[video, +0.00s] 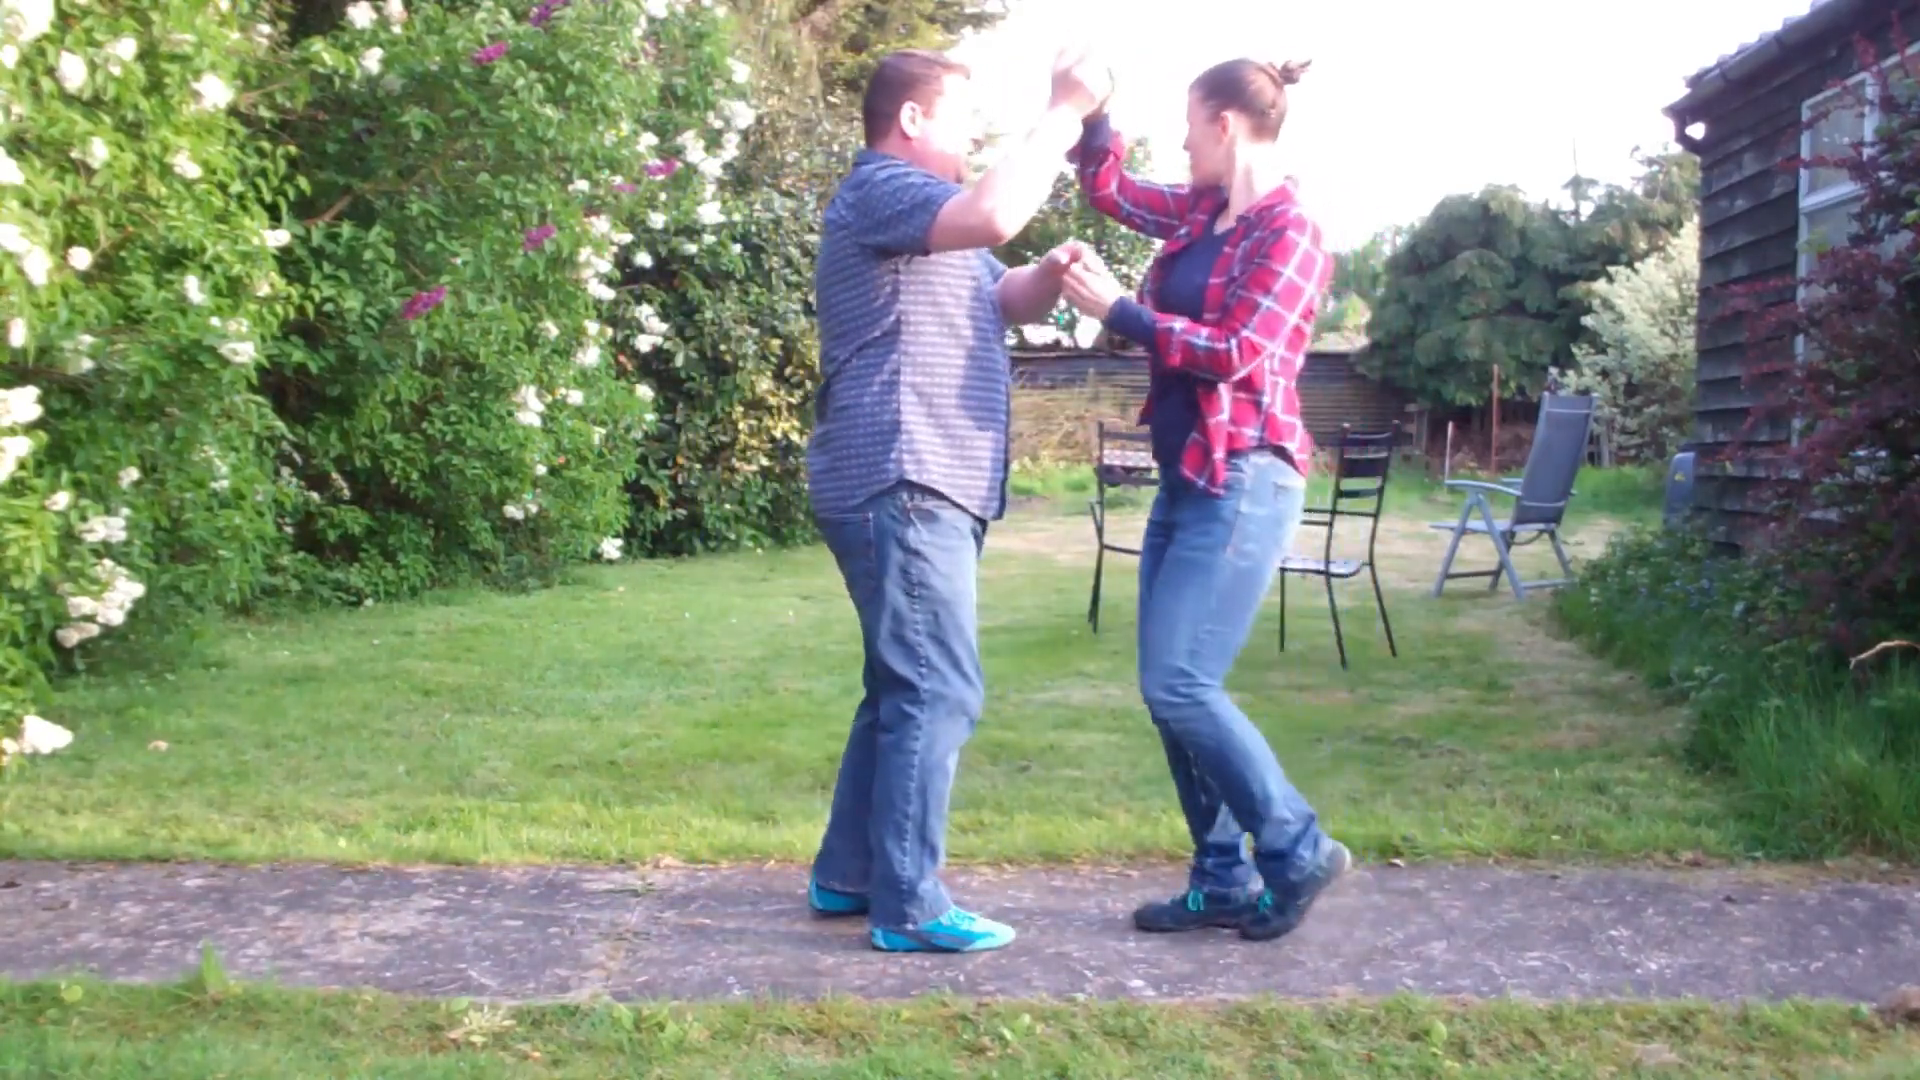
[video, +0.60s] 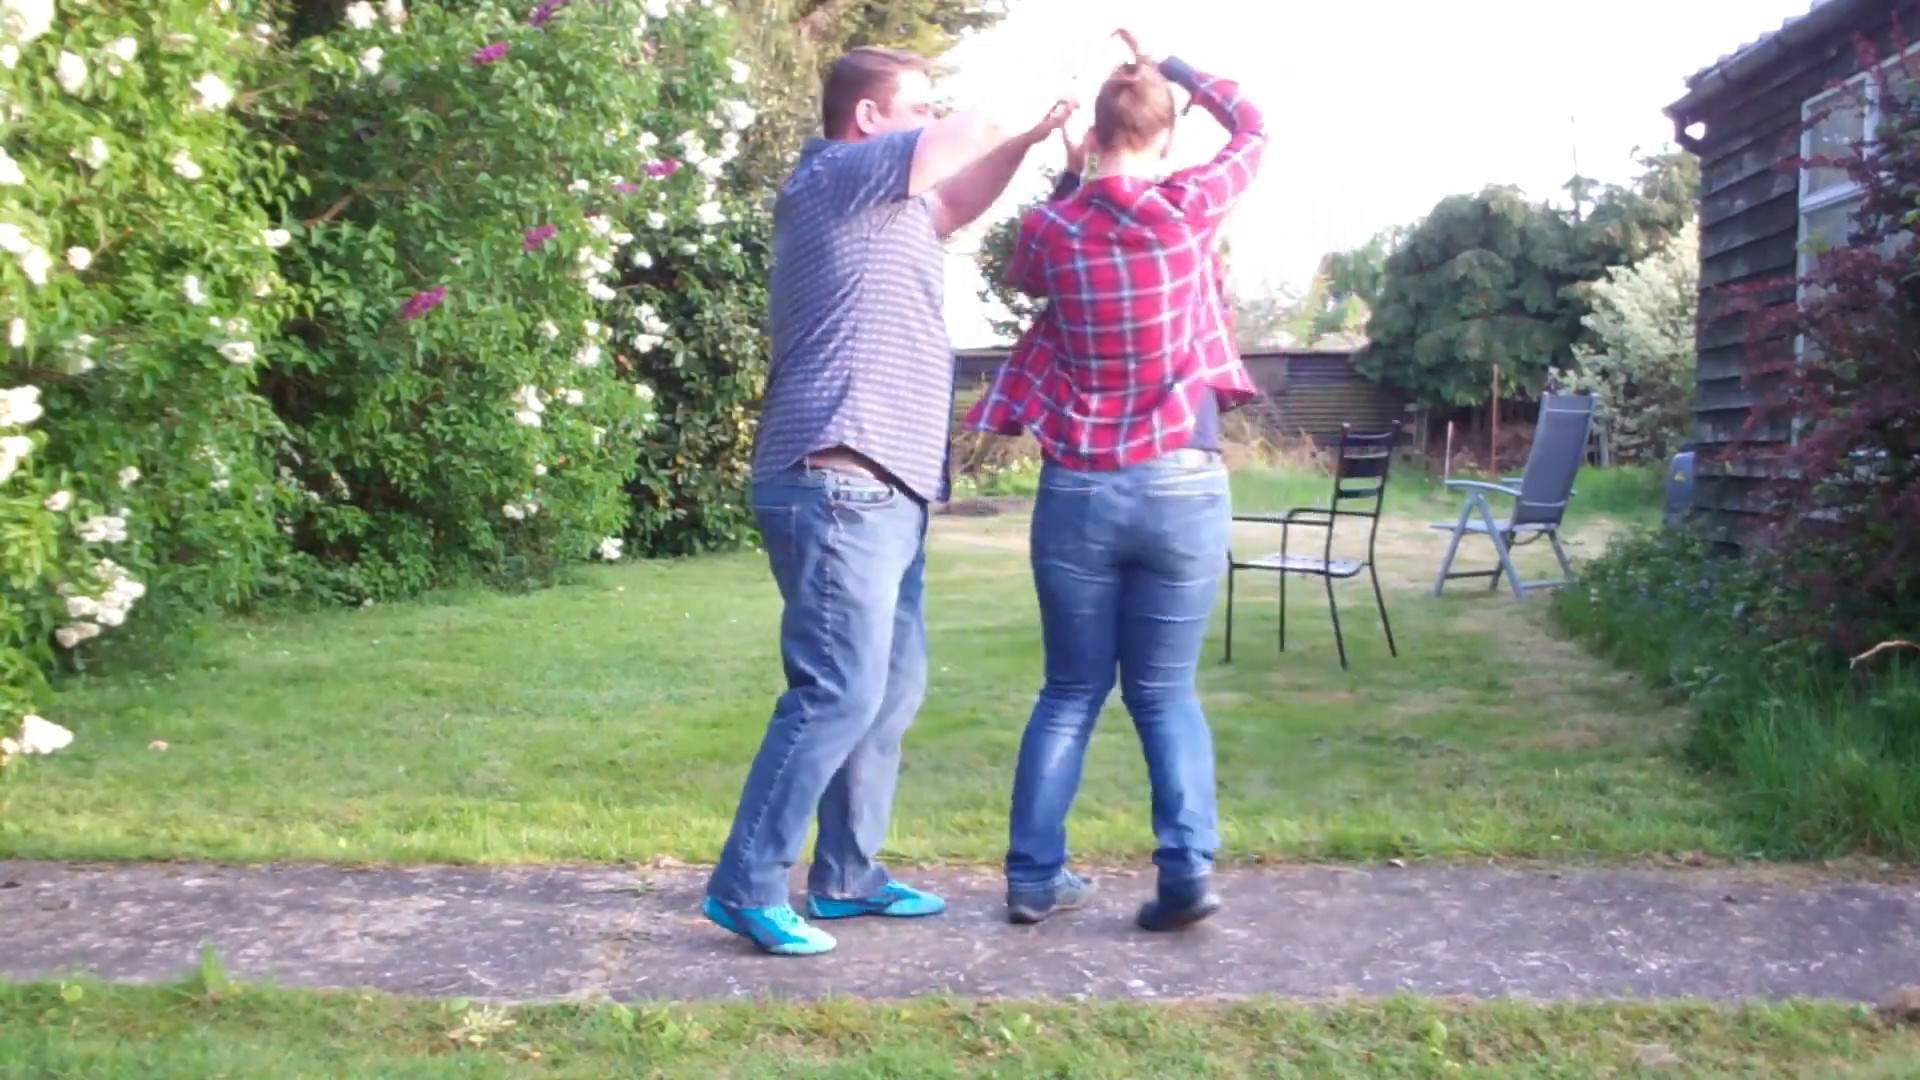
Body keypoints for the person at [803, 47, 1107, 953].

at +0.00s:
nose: (978, 130)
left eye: (978, 115)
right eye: (965, 112)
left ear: (909, 121)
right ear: (913, 118)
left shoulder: (927, 207)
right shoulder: (878, 190)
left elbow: (994, 303)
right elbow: (989, 212)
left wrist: (1054, 270)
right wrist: (1062, 116)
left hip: (928, 481)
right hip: (896, 480)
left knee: (903, 687)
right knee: (939, 690)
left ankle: (848, 874)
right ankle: (908, 905)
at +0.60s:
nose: (932, 124)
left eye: (932, 110)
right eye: (920, 109)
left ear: (869, 113)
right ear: (868, 112)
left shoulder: (888, 200)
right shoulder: (830, 176)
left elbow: (955, 202)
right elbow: (959, 139)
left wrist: (1027, 140)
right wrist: (996, 123)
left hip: (893, 495)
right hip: (835, 486)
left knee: (891, 691)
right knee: (838, 692)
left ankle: (847, 875)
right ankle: (746, 885)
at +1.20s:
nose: (919, 130)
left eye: (921, 115)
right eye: (907, 114)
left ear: (874, 122)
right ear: (852, 117)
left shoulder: (892, 186)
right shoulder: (793, 192)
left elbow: (982, 129)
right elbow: (843, 250)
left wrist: (1046, 33)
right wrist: (965, 192)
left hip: (863, 481)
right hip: (800, 478)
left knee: (819, 675)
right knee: (852, 668)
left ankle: (797, 863)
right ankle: (762, 870)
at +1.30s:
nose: (923, 134)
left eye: (924, 119)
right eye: (911, 118)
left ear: (873, 124)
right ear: (855, 121)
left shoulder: (891, 189)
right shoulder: (800, 206)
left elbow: (985, 144)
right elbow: (830, 321)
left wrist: (1031, 64)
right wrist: (953, 326)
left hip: (858, 474)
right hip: (801, 471)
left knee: (806, 668)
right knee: (877, 659)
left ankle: (787, 857)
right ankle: (790, 864)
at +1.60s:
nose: (946, 142)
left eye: (944, 124)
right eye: (934, 123)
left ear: (885, 125)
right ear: (881, 123)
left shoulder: (899, 201)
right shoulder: (848, 207)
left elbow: (1004, 238)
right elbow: (921, 352)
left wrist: (1047, 205)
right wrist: (974, 345)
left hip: (854, 475)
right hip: (824, 474)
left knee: (809, 682)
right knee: (880, 676)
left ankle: (787, 877)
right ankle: (923, 881)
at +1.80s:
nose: (972, 144)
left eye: (972, 128)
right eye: (961, 126)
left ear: (908, 124)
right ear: (910, 121)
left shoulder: (911, 205)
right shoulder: (879, 191)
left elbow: (996, 292)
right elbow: (1013, 250)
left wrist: (1069, 300)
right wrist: (1024, 191)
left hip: (877, 478)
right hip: (872, 478)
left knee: (844, 686)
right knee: (918, 682)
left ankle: (794, 873)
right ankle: (943, 887)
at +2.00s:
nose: (1014, 125)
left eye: (1012, 110)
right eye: (999, 108)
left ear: (956, 120)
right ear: (948, 117)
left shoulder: (978, 220)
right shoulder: (911, 183)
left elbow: (1003, 350)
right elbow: (1044, 162)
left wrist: (1092, 365)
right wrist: (1111, 120)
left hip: (971, 478)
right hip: (921, 471)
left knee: (979, 673)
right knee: (958, 680)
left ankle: (847, 822)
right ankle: (951, 889)